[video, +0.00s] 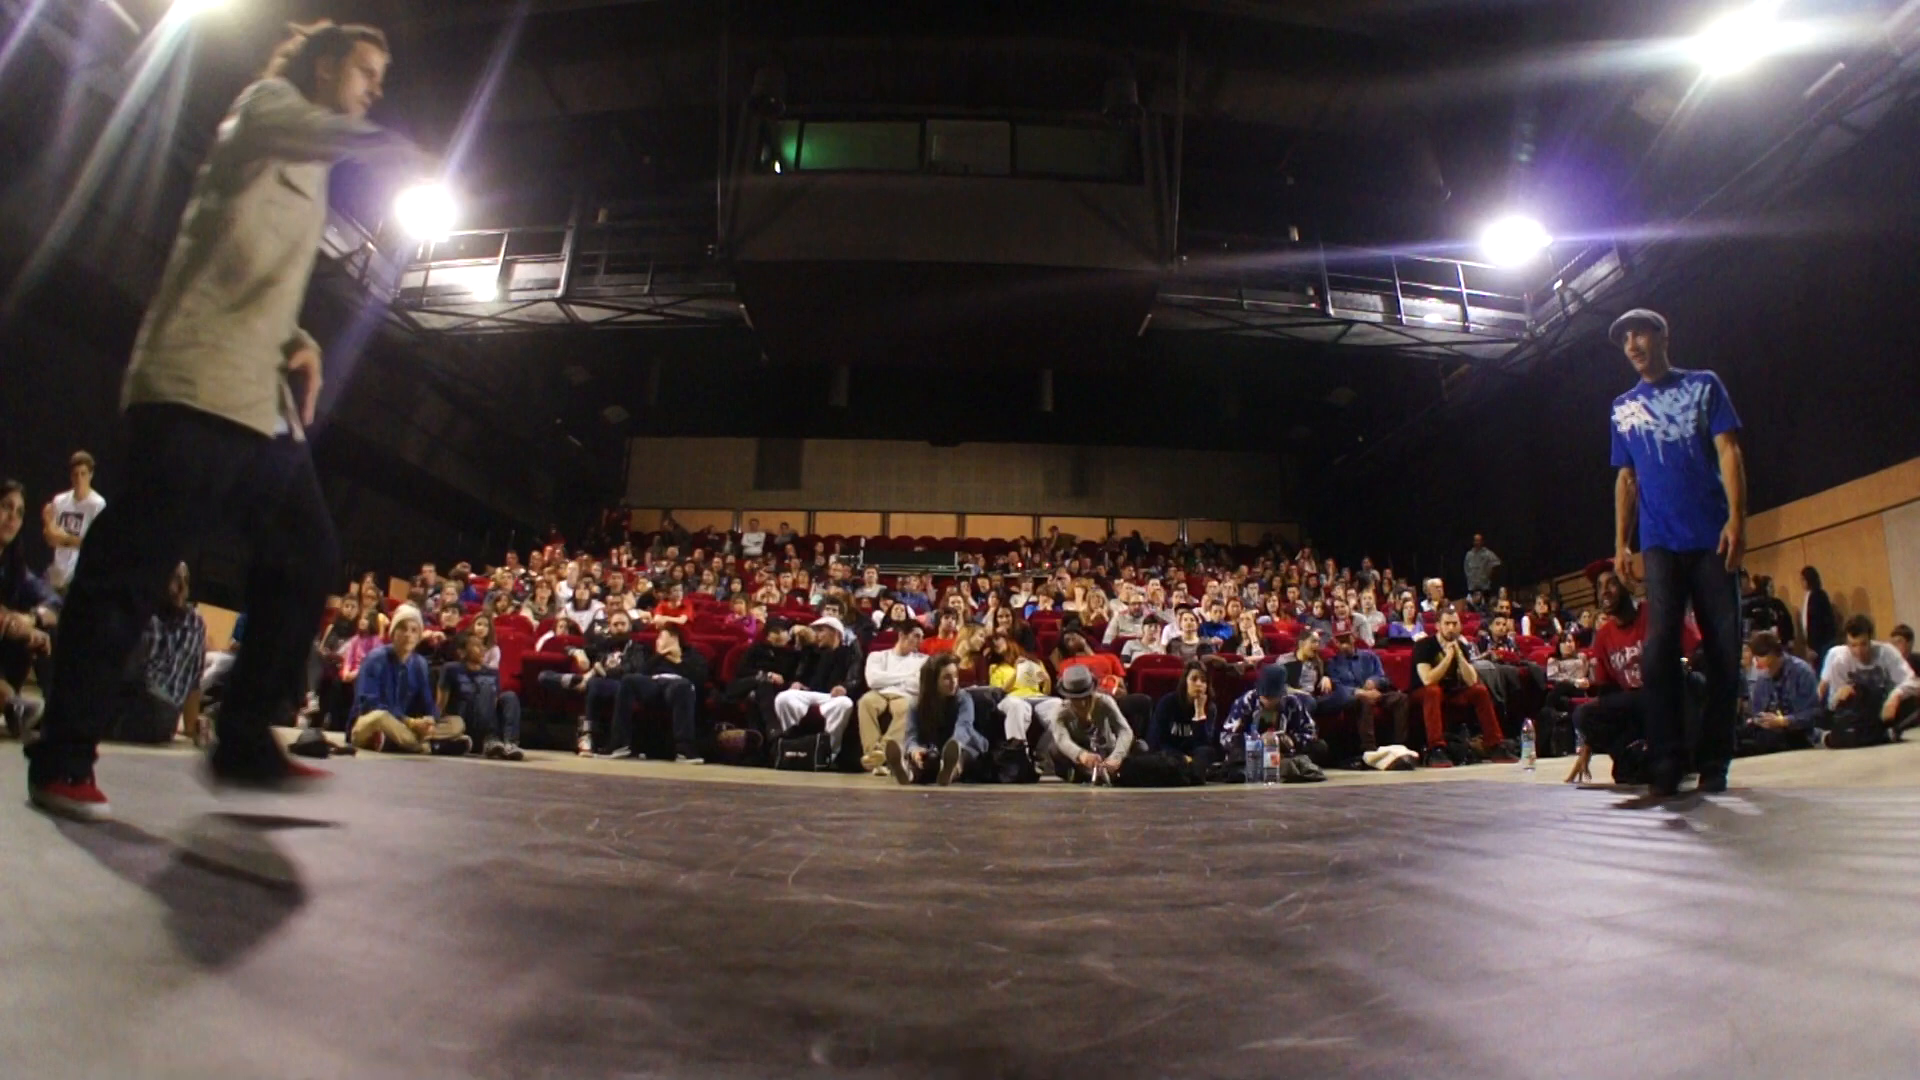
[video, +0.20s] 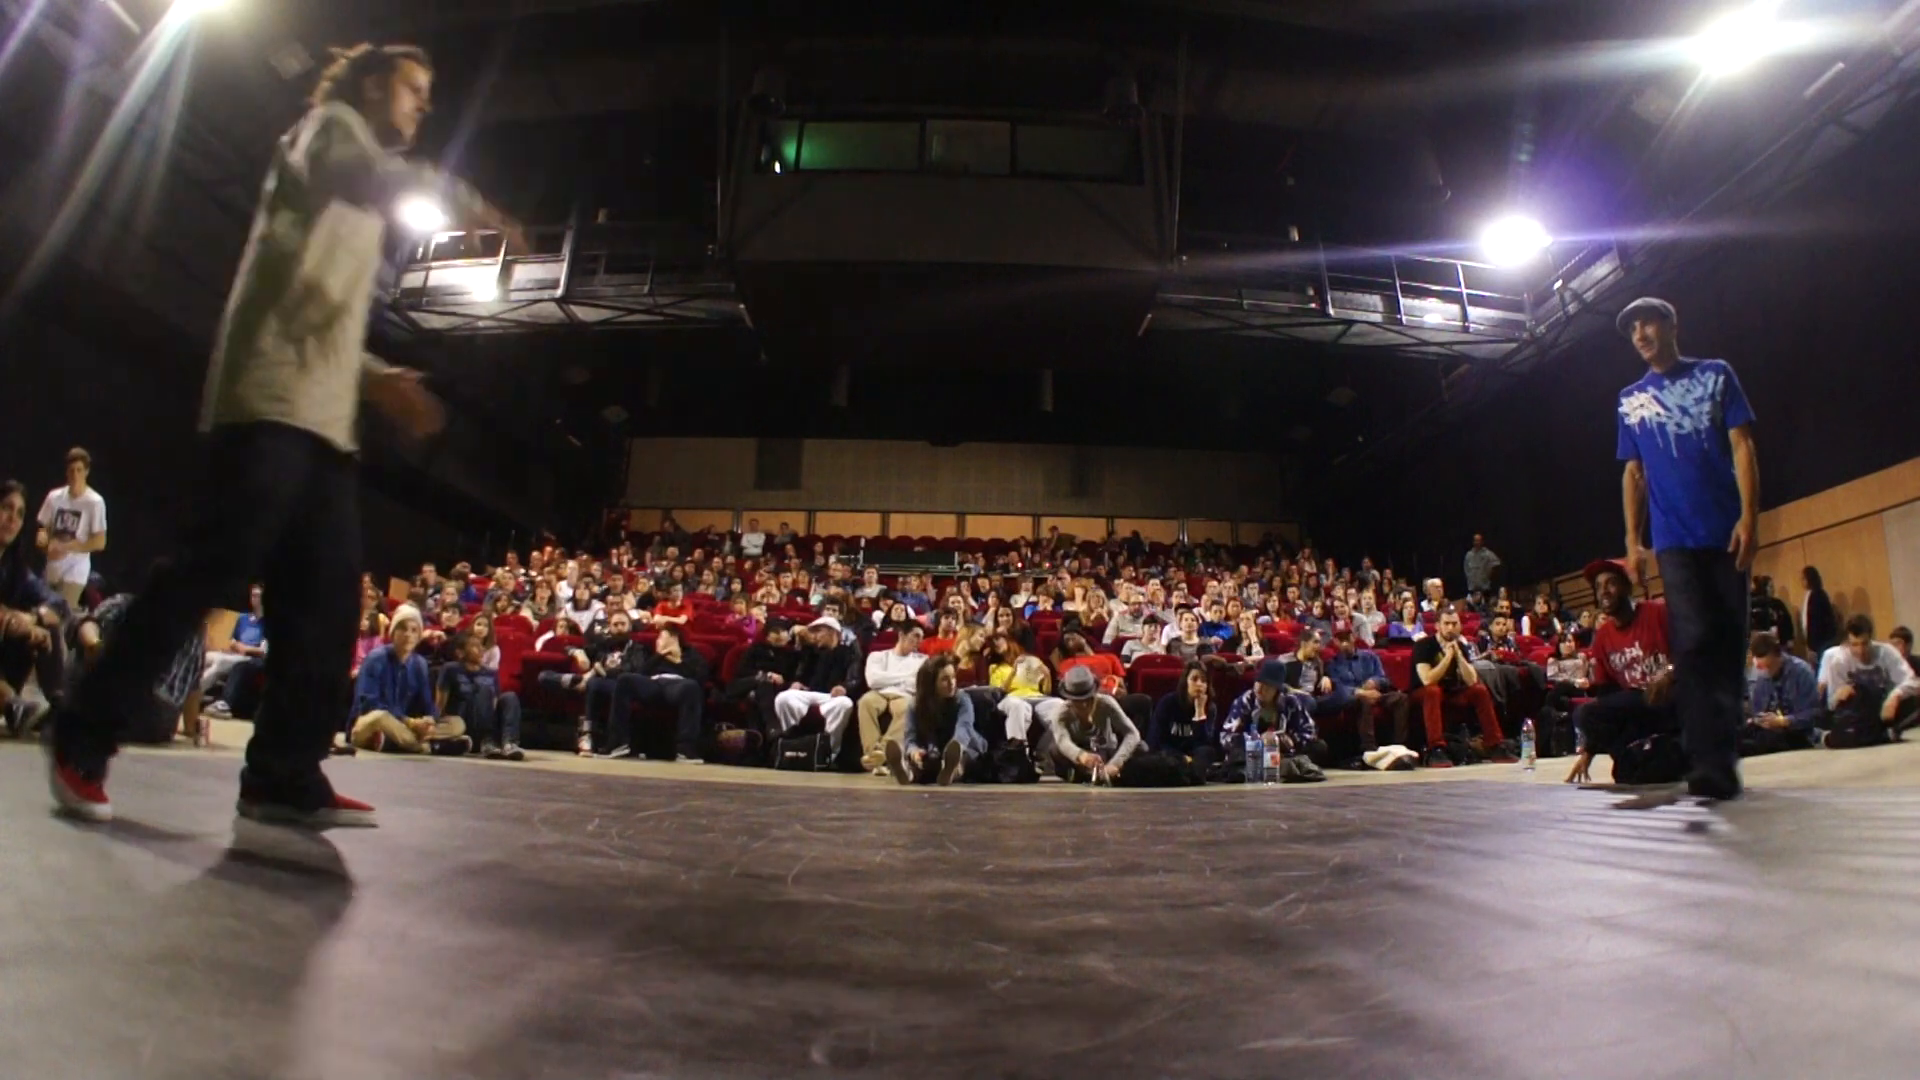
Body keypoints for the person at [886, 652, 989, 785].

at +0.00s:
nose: (953, 682)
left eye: (955, 676)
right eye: (947, 677)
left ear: (959, 676)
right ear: (933, 680)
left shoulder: (963, 699)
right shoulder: (918, 704)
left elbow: (964, 725)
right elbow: (911, 734)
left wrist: (954, 746)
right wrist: (913, 749)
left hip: (962, 743)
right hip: (933, 744)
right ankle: (909, 770)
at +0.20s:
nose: (951, 683)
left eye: (953, 678)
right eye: (945, 679)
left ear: (956, 678)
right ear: (931, 682)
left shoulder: (962, 698)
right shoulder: (917, 705)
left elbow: (964, 725)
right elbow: (910, 736)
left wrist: (956, 747)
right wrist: (913, 750)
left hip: (961, 744)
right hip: (932, 746)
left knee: (957, 761)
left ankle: (949, 773)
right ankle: (908, 770)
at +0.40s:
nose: (954, 683)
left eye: (956, 677)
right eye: (947, 679)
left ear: (959, 677)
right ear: (933, 682)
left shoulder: (966, 701)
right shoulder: (919, 705)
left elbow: (972, 738)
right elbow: (912, 737)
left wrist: (949, 749)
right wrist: (915, 751)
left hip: (957, 751)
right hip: (927, 752)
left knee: (952, 761)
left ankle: (949, 772)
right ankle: (908, 770)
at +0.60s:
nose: (958, 682)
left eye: (960, 676)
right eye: (951, 677)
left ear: (963, 677)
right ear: (937, 679)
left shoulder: (970, 702)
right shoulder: (921, 703)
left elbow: (973, 739)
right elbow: (915, 735)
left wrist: (955, 751)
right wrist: (917, 751)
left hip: (957, 751)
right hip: (929, 751)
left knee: (954, 763)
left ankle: (950, 773)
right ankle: (909, 770)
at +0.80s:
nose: (961, 681)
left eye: (964, 676)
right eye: (955, 676)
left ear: (967, 678)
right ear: (941, 679)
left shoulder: (973, 702)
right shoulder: (924, 702)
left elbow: (973, 738)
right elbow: (918, 733)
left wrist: (956, 751)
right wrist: (918, 750)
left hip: (960, 749)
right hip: (932, 751)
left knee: (955, 761)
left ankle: (950, 773)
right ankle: (909, 770)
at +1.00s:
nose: (962, 681)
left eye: (965, 676)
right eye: (956, 676)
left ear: (968, 677)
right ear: (942, 678)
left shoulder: (974, 702)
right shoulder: (925, 701)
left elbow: (974, 739)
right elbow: (918, 732)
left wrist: (960, 750)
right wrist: (919, 750)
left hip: (959, 750)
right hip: (932, 750)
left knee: (955, 763)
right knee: (920, 762)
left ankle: (949, 773)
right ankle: (909, 770)